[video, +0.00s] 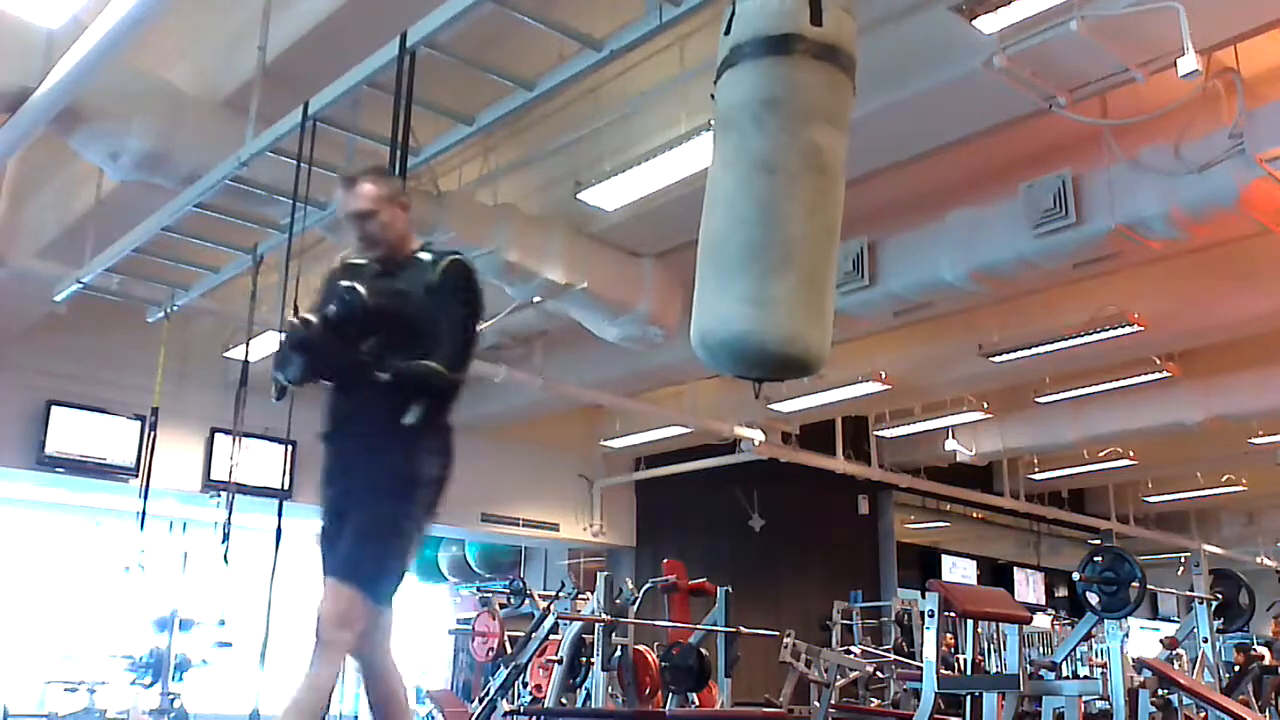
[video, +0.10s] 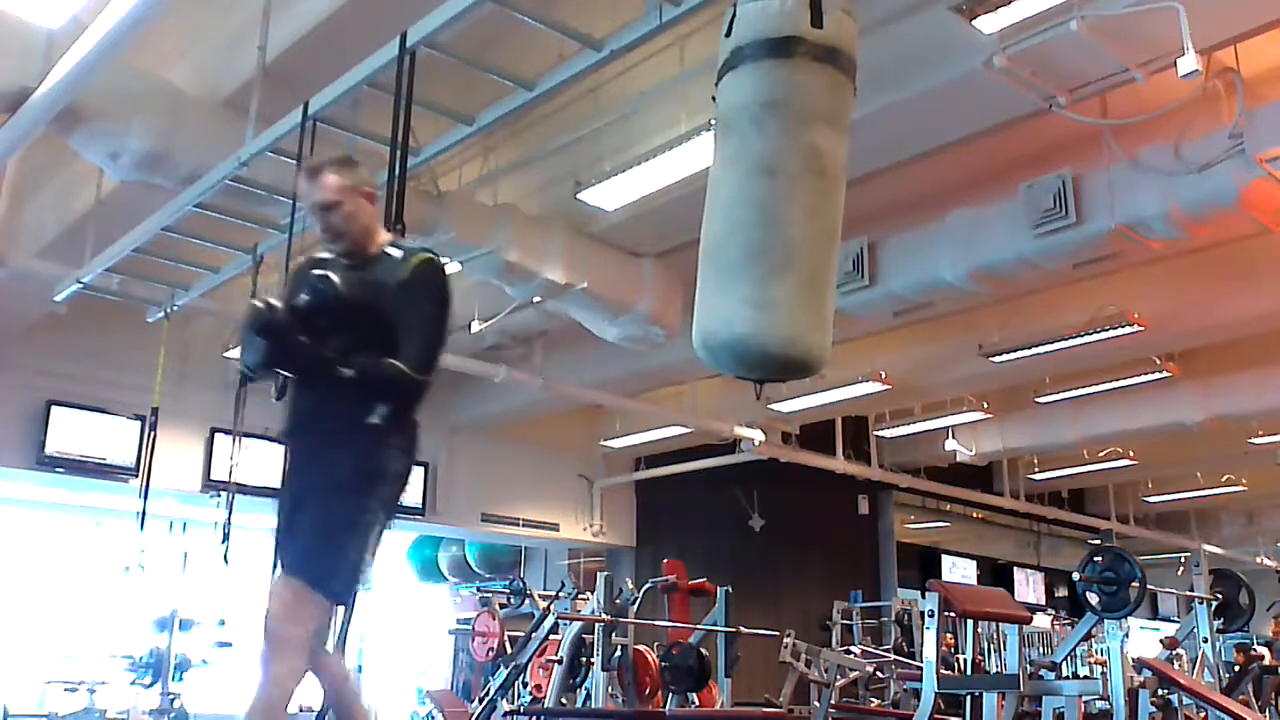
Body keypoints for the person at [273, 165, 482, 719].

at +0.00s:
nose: (361, 229)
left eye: (371, 215)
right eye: (352, 219)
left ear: (403, 210)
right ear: (346, 223)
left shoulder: (448, 274)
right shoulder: (345, 279)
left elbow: (445, 375)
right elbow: (317, 358)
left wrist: (364, 365)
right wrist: (309, 344)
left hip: (407, 458)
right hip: (348, 456)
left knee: (335, 624)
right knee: (371, 641)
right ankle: (404, 717)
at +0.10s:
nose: (324, 222)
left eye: (334, 207)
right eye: (316, 212)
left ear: (369, 199)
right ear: (311, 216)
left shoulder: (419, 271)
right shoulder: (314, 273)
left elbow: (409, 380)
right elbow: (280, 360)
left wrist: (317, 359)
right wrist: (272, 336)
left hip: (364, 461)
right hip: (307, 456)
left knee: (288, 622)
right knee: (306, 637)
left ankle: (262, 714)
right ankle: (357, 712)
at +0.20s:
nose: (293, 203)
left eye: (303, 189)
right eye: (285, 194)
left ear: (338, 183)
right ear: (279, 201)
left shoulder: (388, 254)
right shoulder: (277, 258)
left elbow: (377, 362)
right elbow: (220, 355)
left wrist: (281, 338)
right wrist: (242, 308)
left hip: (335, 450)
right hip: (272, 446)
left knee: (253, 610)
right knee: (219, 629)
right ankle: (291, 710)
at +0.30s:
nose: (270, 178)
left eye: (278, 162)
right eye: (259, 170)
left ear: (311, 153)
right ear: (253, 176)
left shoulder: (366, 237)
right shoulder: (245, 241)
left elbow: (357, 335)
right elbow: (194, 334)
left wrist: (257, 284)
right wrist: (246, 289)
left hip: (306, 450)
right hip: (234, 436)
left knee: (244, 628)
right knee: (148, 589)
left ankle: (232, 717)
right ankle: (202, 705)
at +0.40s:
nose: (248, 154)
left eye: (258, 138)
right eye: (235, 144)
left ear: (290, 131)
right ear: (223, 149)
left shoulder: (338, 205)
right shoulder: (208, 213)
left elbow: (350, 297)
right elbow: (167, 316)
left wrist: (258, 275)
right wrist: (215, 265)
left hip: (285, 426)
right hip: (200, 415)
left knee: (241, 621)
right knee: (112, 566)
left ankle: (234, 715)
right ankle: (103, 712)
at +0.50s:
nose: (223, 130)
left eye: (236, 115)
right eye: (209, 120)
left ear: (271, 113)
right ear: (198, 127)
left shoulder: (312, 184)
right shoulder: (185, 196)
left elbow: (324, 279)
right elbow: (130, 303)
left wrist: (226, 256)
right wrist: (187, 251)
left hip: (259, 426)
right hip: (167, 415)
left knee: (232, 627)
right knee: (94, 593)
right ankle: (28, 716)